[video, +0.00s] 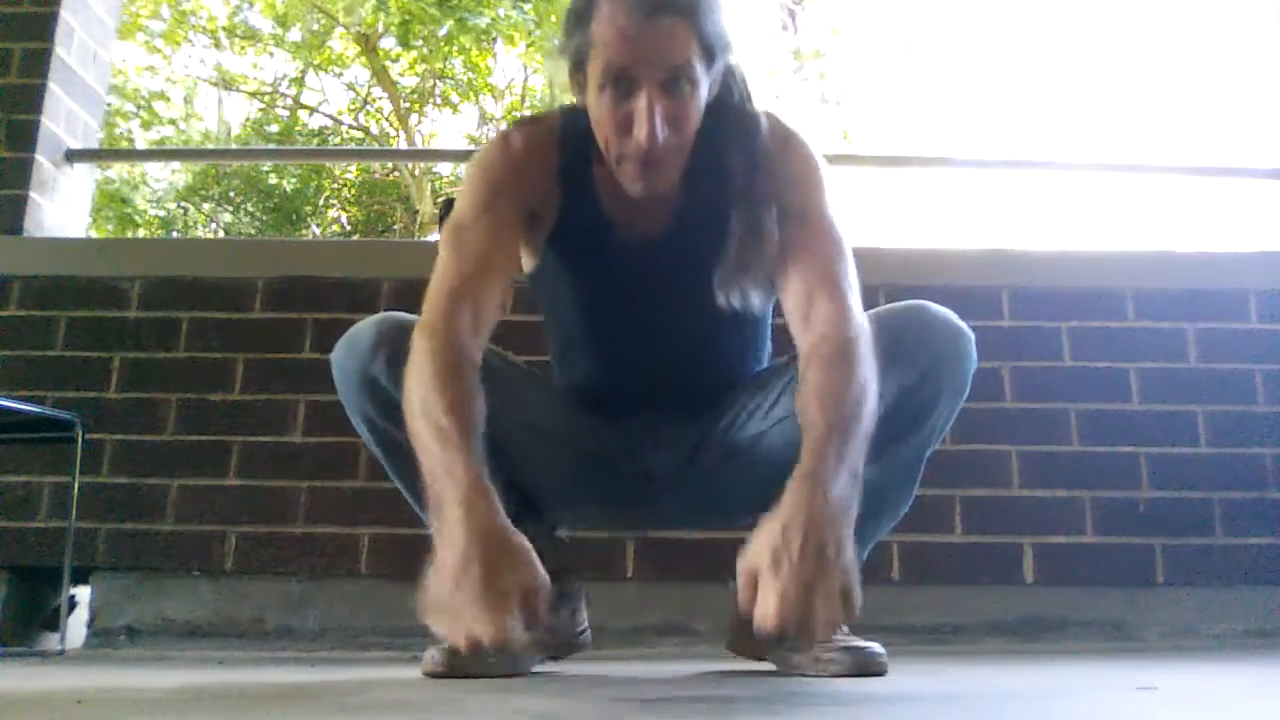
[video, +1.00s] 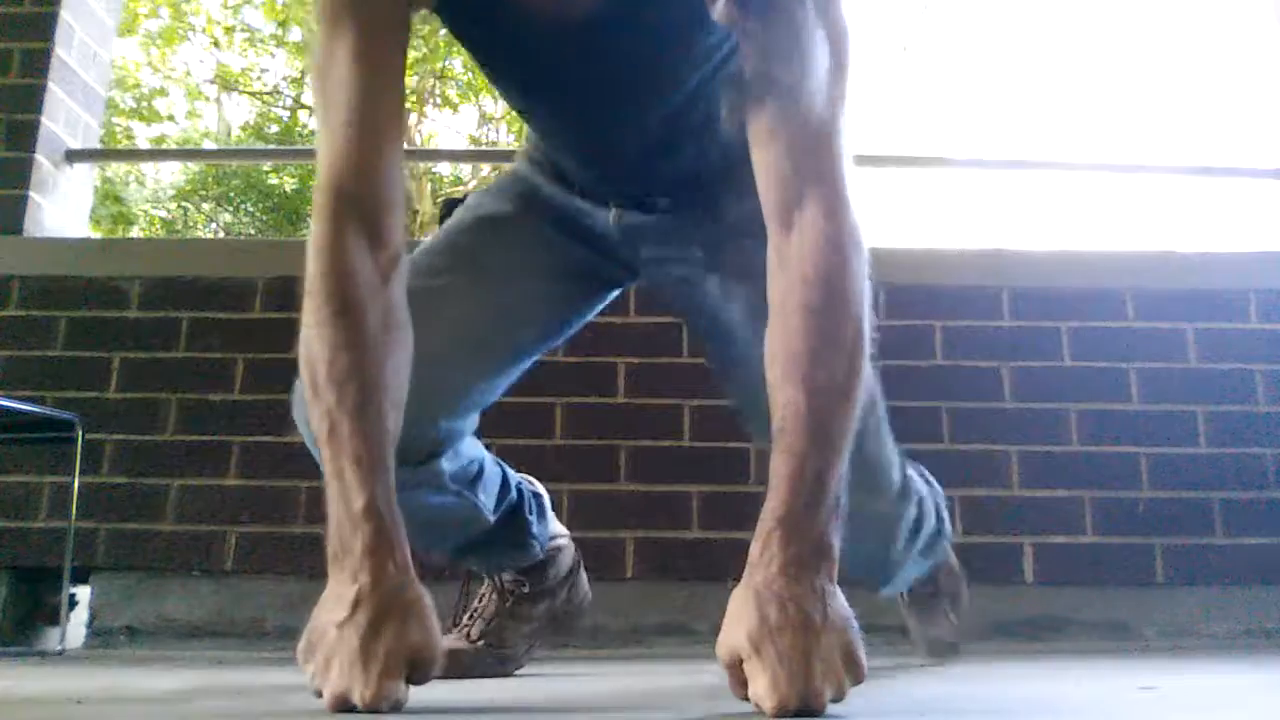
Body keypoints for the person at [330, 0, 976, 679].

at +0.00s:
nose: (647, 122)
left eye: (675, 86)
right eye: (619, 88)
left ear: (713, 82)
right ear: (581, 83)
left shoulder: (773, 158)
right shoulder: (523, 161)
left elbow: (832, 333)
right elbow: (447, 339)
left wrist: (819, 512)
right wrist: (468, 529)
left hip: (732, 449)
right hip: (584, 448)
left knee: (936, 342)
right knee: (371, 353)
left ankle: (788, 602)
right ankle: (529, 605)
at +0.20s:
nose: (646, 99)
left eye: (675, 60)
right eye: (614, 62)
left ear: (715, 50)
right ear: (571, 58)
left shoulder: (776, 129)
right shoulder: (510, 136)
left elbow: (846, 299)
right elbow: (434, 321)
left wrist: (836, 430)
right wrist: (420, 547)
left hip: (735, 422)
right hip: (581, 422)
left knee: (946, 351)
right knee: (360, 365)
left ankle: (787, 595)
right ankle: (541, 586)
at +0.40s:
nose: (643, 52)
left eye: (675, 13)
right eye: (613, 13)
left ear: (719, 6)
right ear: (572, 5)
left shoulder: (788, 74)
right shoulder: (501, 63)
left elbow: (816, 289)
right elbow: (416, 304)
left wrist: (807, 552)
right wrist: (413, 556)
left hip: (739, 373)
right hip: (573, 373)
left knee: (952, 372)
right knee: (347, 393)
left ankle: (793, 589)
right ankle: (527, 570)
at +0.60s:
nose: (618, 22)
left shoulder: (790, 14)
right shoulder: (462, 14)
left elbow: (823, 241)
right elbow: (403, 260)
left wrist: (807, 549)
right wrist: (408, 560)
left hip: (739, 306)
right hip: (562, 304)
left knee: (939, 406)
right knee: (330, 420)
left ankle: (792, 571)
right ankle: (516, 551)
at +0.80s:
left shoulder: (797, 11)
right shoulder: (429, 8)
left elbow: (818, 225)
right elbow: (393, 233)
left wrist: (799, 558)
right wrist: (398, 554)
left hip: (730, 236)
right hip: (550, 236)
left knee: (908, 420)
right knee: (341, 414)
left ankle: (833, 570)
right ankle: (528, 560)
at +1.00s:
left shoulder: (771, 4)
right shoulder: (370, 2)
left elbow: (813, 216)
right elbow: (356, 227)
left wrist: (796, 562)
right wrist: (364, 565)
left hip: (732, 204)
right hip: (560, 194)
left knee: (857, 517)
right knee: (349, 403)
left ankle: (919, 551)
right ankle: (528, 563)